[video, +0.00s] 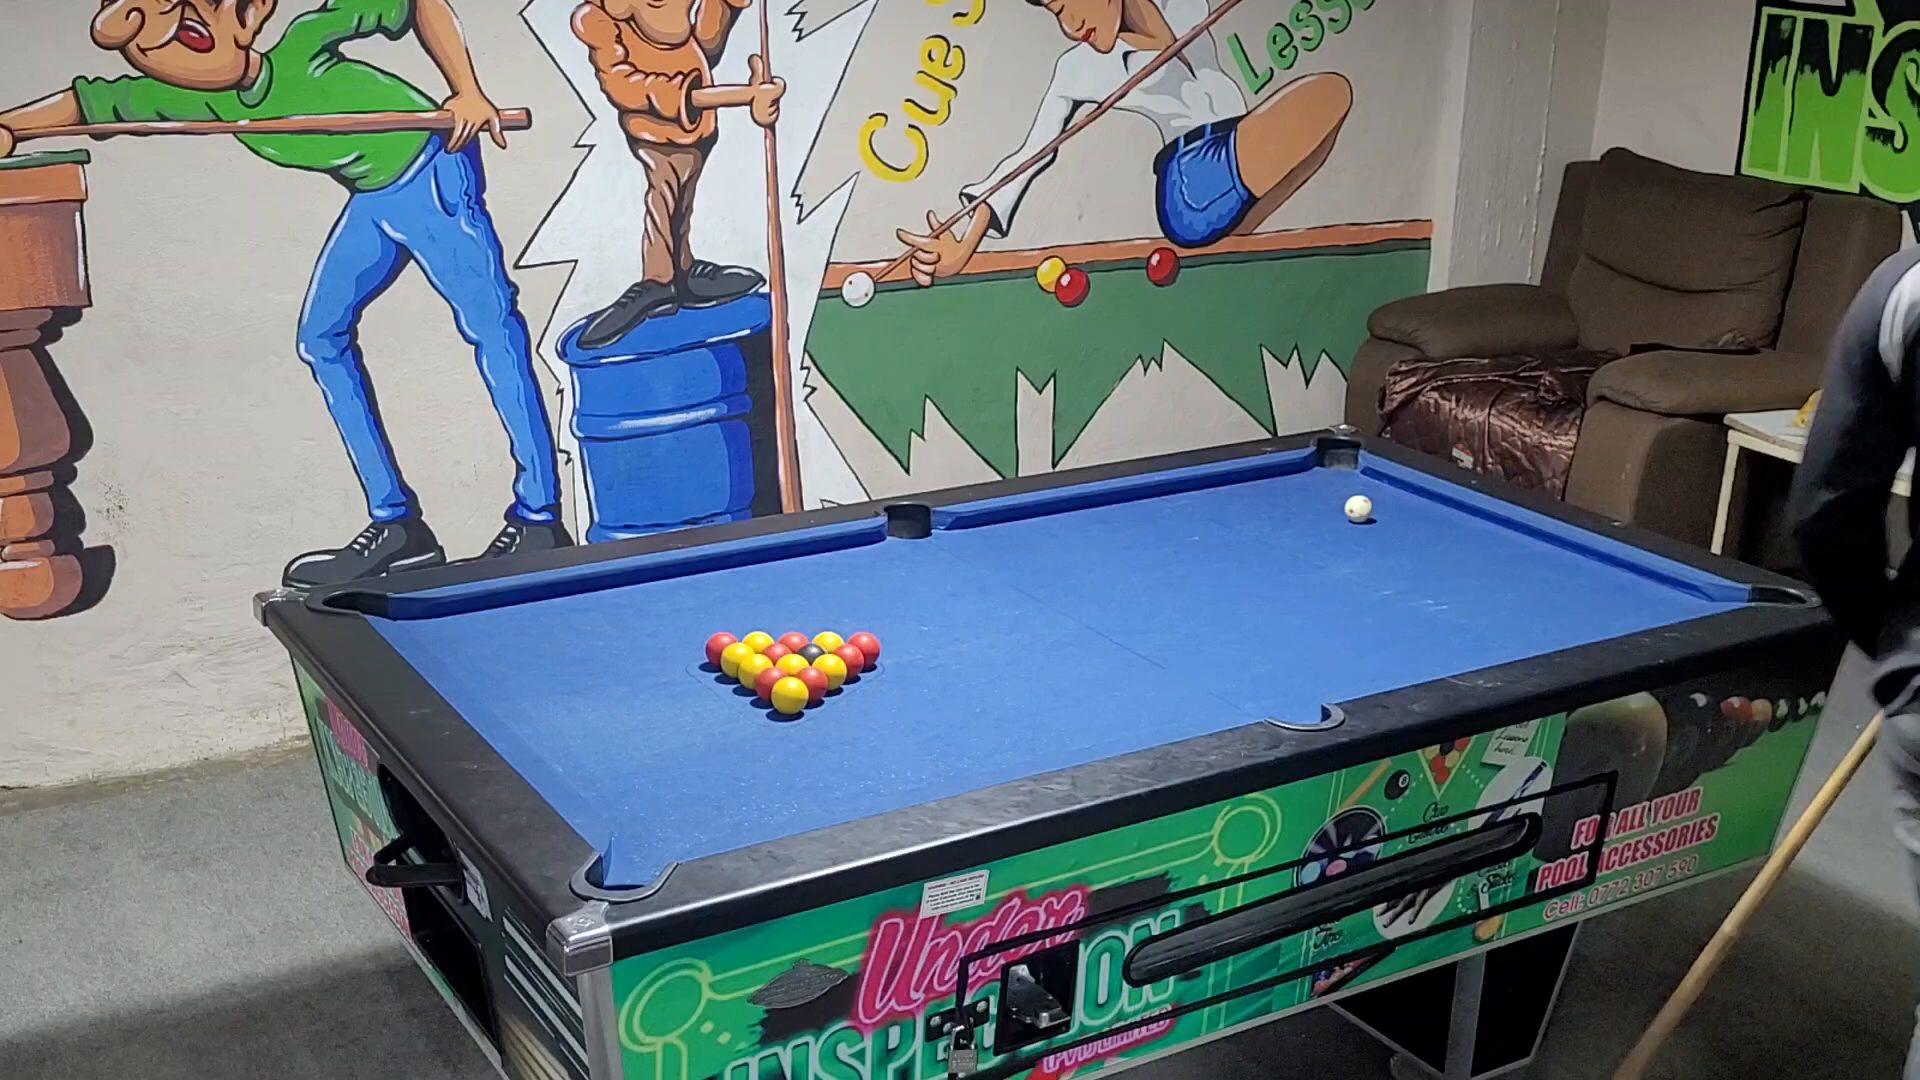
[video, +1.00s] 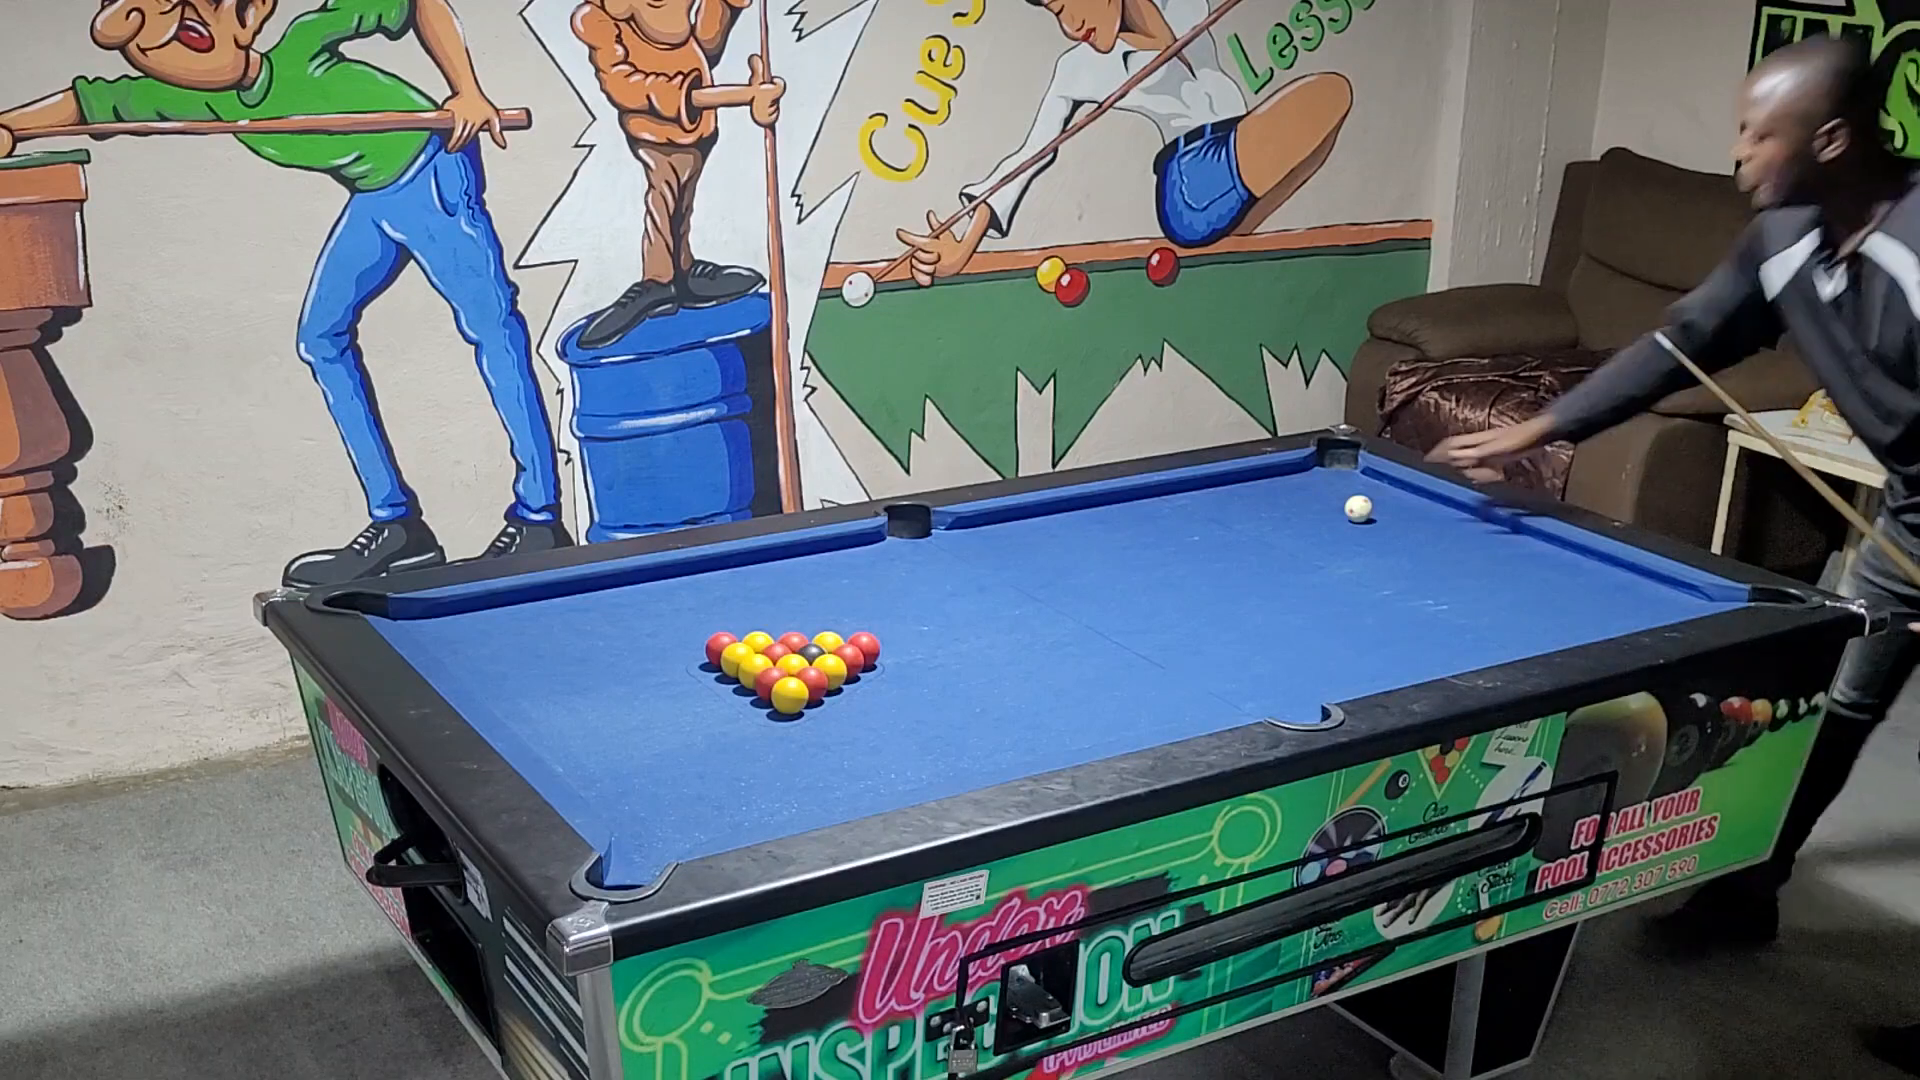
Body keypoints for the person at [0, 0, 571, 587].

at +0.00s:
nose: (207, 59)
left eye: (200, 44)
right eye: (190, 58)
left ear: (223, 23)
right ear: (181, 74)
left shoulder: (300, 37)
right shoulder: (211, 99)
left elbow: (419, 4)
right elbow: (89, 101)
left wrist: (466, 87)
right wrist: (9, 124)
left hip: (426, 166)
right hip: (369, 199)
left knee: (492, 330)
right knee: (322, 338)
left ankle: (540, 517)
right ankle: (397, 522)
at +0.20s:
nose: (207, 58)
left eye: (201, 43)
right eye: (190, 57)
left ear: (224, 22)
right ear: (181, 75)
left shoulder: (300, 37)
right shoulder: (211, 99)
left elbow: (419, 4)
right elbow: (89, 101)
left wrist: (466, 87)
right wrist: (9, 124)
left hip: (426, 166)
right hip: (369, 199)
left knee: (492, 330)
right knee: (321, 338)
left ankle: (540, 517)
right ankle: (397, 522)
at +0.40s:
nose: (207, 58)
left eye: (200, 43)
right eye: (189, 57)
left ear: (221, 22)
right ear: (181, 73)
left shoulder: (299, 37)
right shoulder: (211, 98)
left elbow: (419, 4)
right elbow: (89, 101)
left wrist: (467, 88)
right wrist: (9, 123)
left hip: (426, 165)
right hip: (368, 199)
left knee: (493, 331)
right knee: (322, 338)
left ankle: (540, 518)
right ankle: (397, 523)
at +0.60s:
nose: (208, 58)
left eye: (201, 43)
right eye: (190, 58)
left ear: (225, 22)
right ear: (182, 74)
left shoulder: (300, 37)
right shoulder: (211, 98)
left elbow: (419, 4)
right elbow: (88, 100)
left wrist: (467, 87)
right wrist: (9, 124)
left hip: (426, 165)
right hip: (369, 199)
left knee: (492, 330)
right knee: (322, 338)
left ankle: (540, 517)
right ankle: (397, 522)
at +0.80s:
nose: (208, 58)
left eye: (202, 43)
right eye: (191, 57)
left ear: (226, 22)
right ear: (182, 74)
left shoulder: (300, 37)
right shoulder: (211, 98)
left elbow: (419, 4)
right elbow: (88, 100)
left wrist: (467, 87)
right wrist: (9, 124)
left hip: (426, 166)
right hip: (369, 199)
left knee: (492, 330)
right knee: (322, 338)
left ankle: (540, 517)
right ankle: (397, 522)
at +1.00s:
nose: (207, 54)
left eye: (201, 39)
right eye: (190, 54)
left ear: (225, 19)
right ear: (181, 75)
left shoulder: (301, 37)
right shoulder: (212, 99)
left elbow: (418, 3)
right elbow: (89, 100)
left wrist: (467, 87)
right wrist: (10, 124)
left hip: (426, 165)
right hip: (369, 199)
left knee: (491, 327)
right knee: (322, 338)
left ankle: (540, 518)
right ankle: (397, 522)